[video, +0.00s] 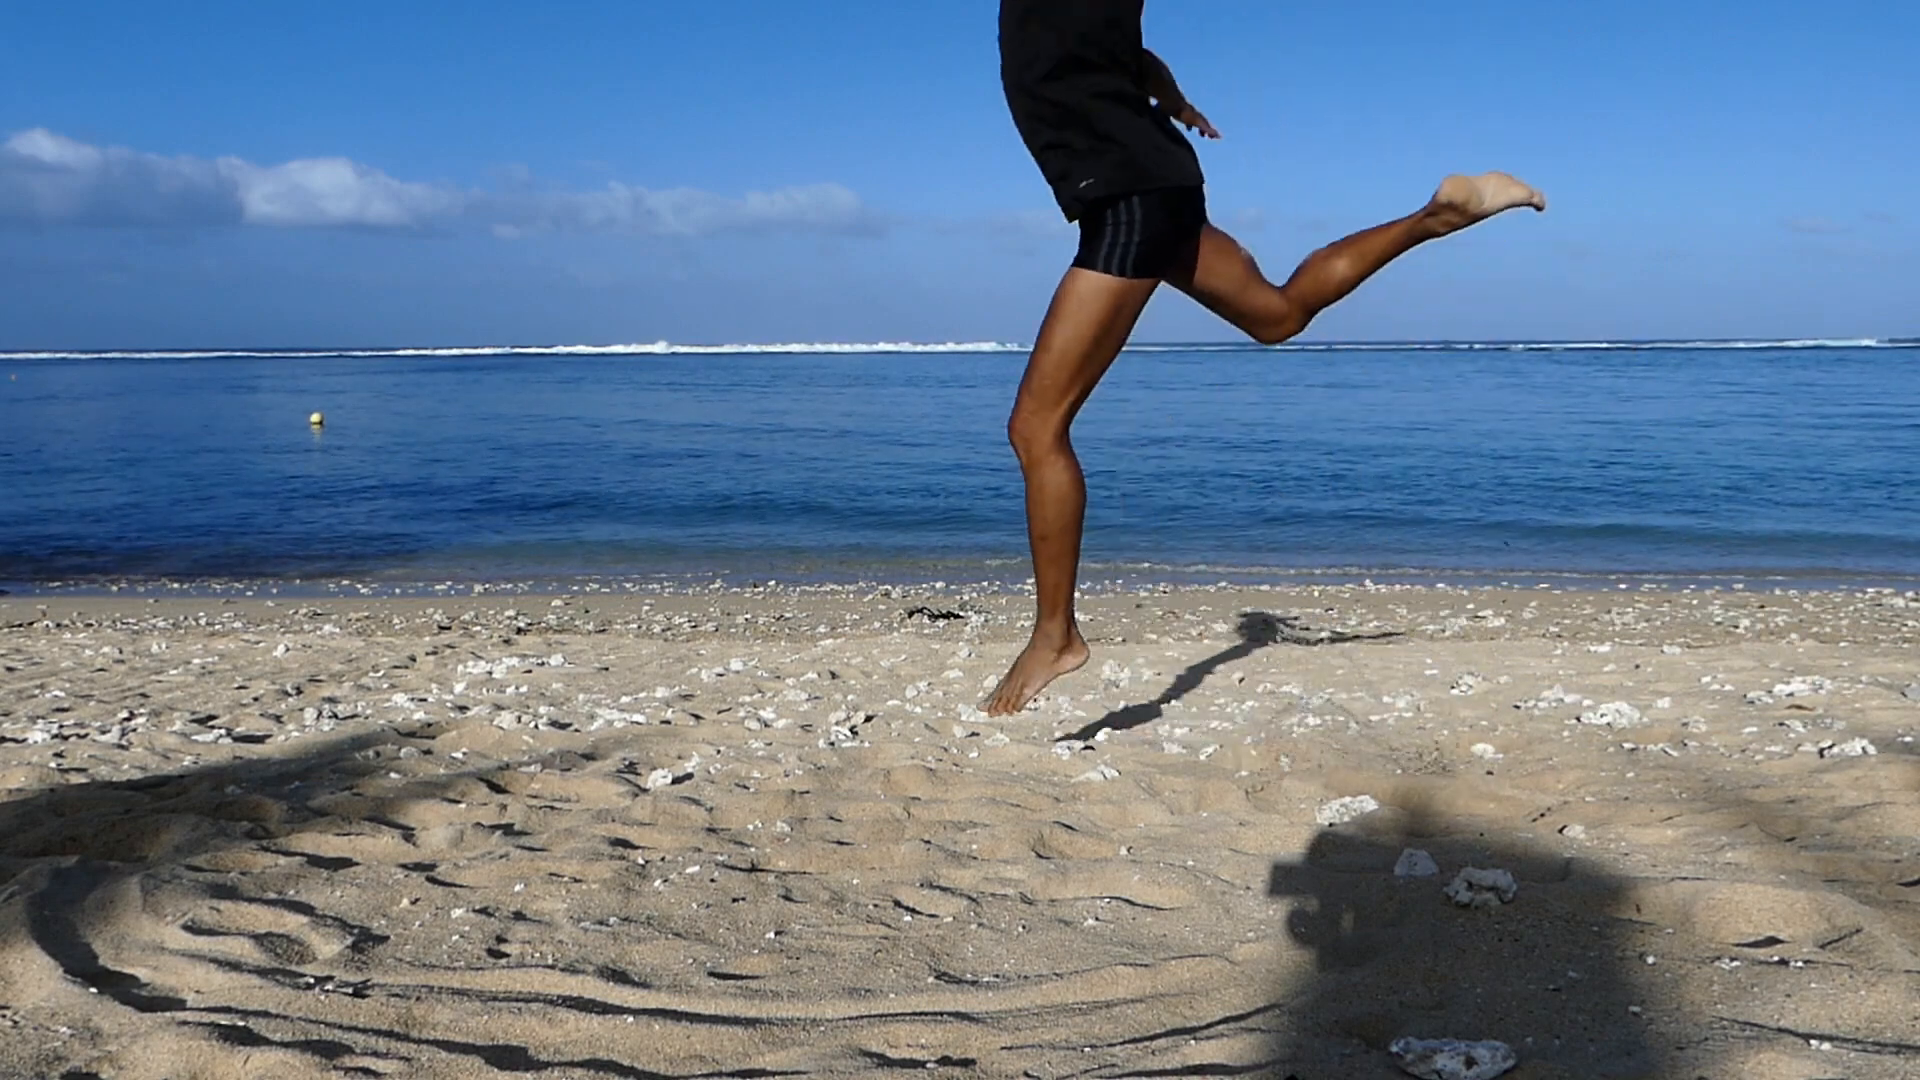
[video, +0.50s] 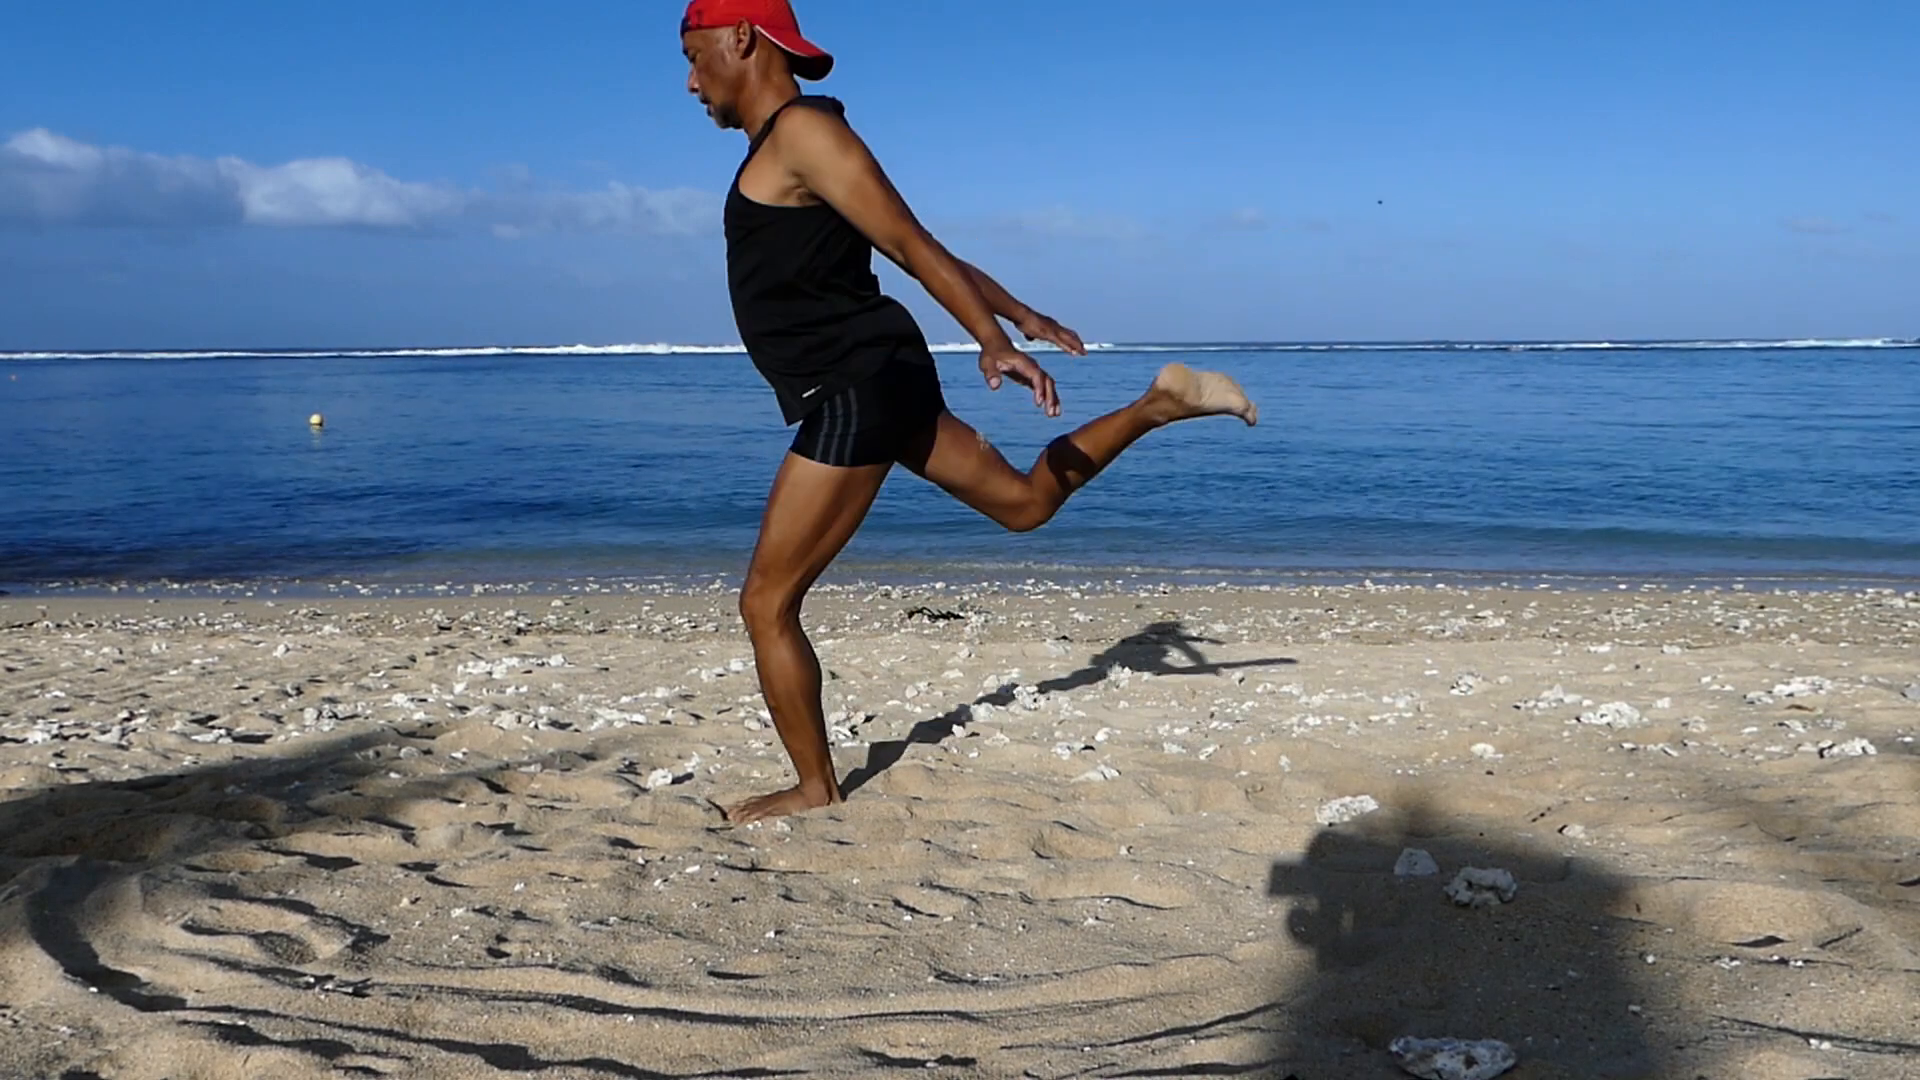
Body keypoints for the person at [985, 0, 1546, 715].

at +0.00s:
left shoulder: (1081, 13)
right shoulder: (1056, 13)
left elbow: (1126, 56)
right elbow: (1132, 58)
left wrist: (1169, 99)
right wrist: (1172, 101)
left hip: (1132, 196)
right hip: (1149, 189)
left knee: (1037, 426)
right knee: (1276, 314)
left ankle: (1055, 638)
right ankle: (1440, 215)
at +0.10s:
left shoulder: (1035, 15)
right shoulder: (1020, 20)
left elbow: (1168, 1)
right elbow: (1113, 79)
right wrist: (1183, 127)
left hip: (1089, 204)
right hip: (1099, 199)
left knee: (983, 433)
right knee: (1245, 311)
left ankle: (977, 651)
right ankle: (1396, 193)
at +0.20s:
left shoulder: (969, 2)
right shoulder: (957, 30)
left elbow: (1099, 49)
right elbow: (1071, 117)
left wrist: (1228, 110)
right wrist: (1167, 167)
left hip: (1019, 245)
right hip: (1036, 239)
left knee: (921, 471)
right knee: (1190, 335)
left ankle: (872, 682)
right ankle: (1320, 190)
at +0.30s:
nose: (811, 6)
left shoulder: (929, 14)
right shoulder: (889, 37)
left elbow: (1051, 103)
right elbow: (1026, 144)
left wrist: (1171, 173)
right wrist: (1134, 198)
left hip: (972, 279)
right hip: (983, 272)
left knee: (884, 509)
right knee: (1148, 368)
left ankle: (823, 717)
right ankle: (1267, 223)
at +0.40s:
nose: (729, 46)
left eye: (732, 22)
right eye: (724, 26)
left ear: (788, 9)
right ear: (790, 13)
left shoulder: (852, 76)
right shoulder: (831, 85)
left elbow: (965, 182)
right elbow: (954, 201)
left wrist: (1067, 266)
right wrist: (1066, 259)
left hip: (897, 353)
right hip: (918, 343)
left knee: (817, 578)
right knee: (1080, 436)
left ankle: (813, 783)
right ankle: (1203, 317)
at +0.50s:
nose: (688, 81)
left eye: (694, 59)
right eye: (687, 62)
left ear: (745, 47)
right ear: (746, 50)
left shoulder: (804, 132)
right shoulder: (793, 133)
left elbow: (907, 246)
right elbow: (914, 239)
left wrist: (993, 342)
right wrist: (1020, 314)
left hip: (856, 389)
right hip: (875, 381)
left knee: (766, 603)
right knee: (1026, 502)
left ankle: (815, 787)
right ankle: (1158, 405)